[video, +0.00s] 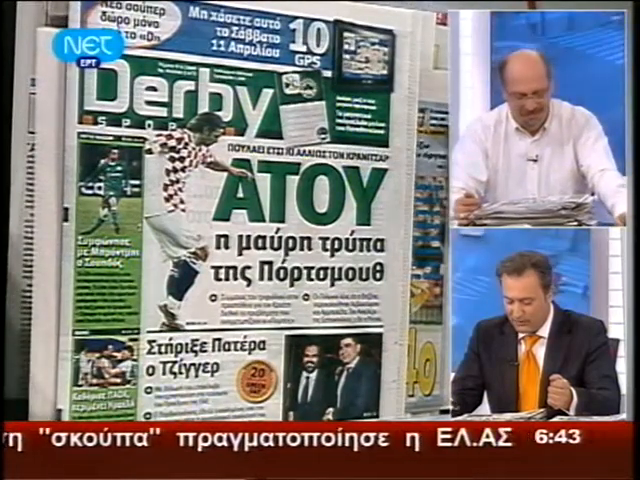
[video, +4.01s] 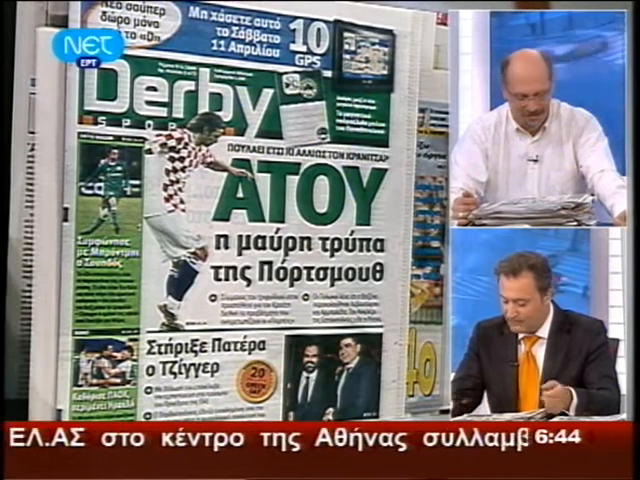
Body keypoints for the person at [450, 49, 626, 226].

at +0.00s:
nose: (531, 105)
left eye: (538, 94)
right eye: (519, 97)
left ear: (550, 86)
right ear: (505, 92)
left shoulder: (579, 123)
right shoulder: (482, 130)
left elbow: (604, 173)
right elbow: (462, 188)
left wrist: (625, 210)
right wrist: (463, 208)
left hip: (567, 243)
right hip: (500, 243)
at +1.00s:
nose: (537, 99)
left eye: (544, 88)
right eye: (526, 91)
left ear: (553, 84)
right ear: (505, 90)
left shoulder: (579, 123)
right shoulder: (481, 131)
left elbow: (602, 173)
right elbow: (462, 189)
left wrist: (624, 210)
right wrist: (463, 208)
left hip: (567, 245)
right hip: (499, 245)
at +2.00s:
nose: (536, 102)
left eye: (543, 91)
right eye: (525, 93)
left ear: (552, 84)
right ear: (506, 91)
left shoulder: (580, 123)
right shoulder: (482, 131)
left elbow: (603, 173)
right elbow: (462, 189)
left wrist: (624, 210)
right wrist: (463, 208)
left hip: (567, 245)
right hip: (500, 245)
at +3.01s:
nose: (537, 104)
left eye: (544, 92)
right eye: (526, 96)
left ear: (552, 84)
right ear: (506, 91)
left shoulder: (580, 124)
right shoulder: (482, 131)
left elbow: (603, 173)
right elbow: (462, 188)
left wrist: (624, 209)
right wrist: (463, 208)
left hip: (567, 245)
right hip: (500, 245)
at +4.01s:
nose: (533, 107)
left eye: (540, 96)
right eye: (521, 98)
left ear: (551, 86)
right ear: (505, 91)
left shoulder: (580, 124)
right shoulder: (482, 131)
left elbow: (604, 174)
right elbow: (462, 189)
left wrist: (624, 211)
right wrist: (463, 208)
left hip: (566, 245)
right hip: (499, 245)